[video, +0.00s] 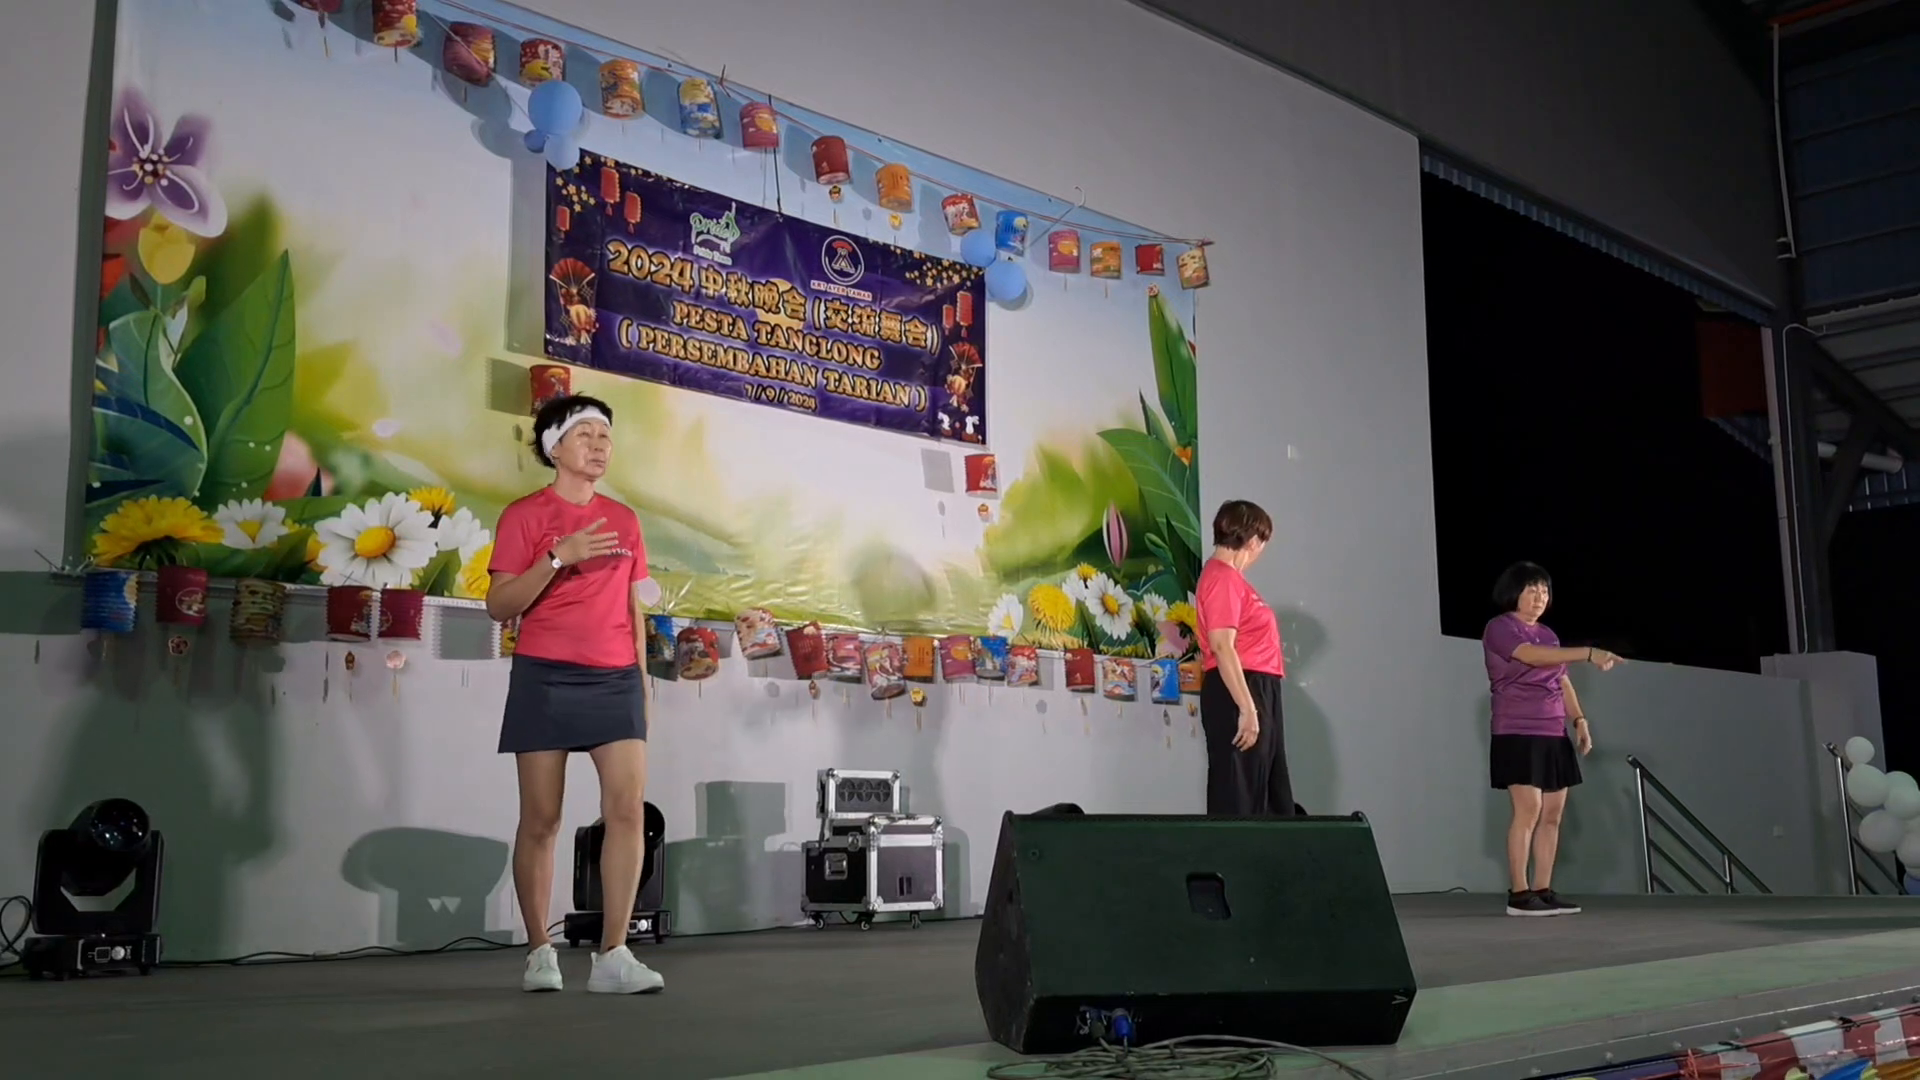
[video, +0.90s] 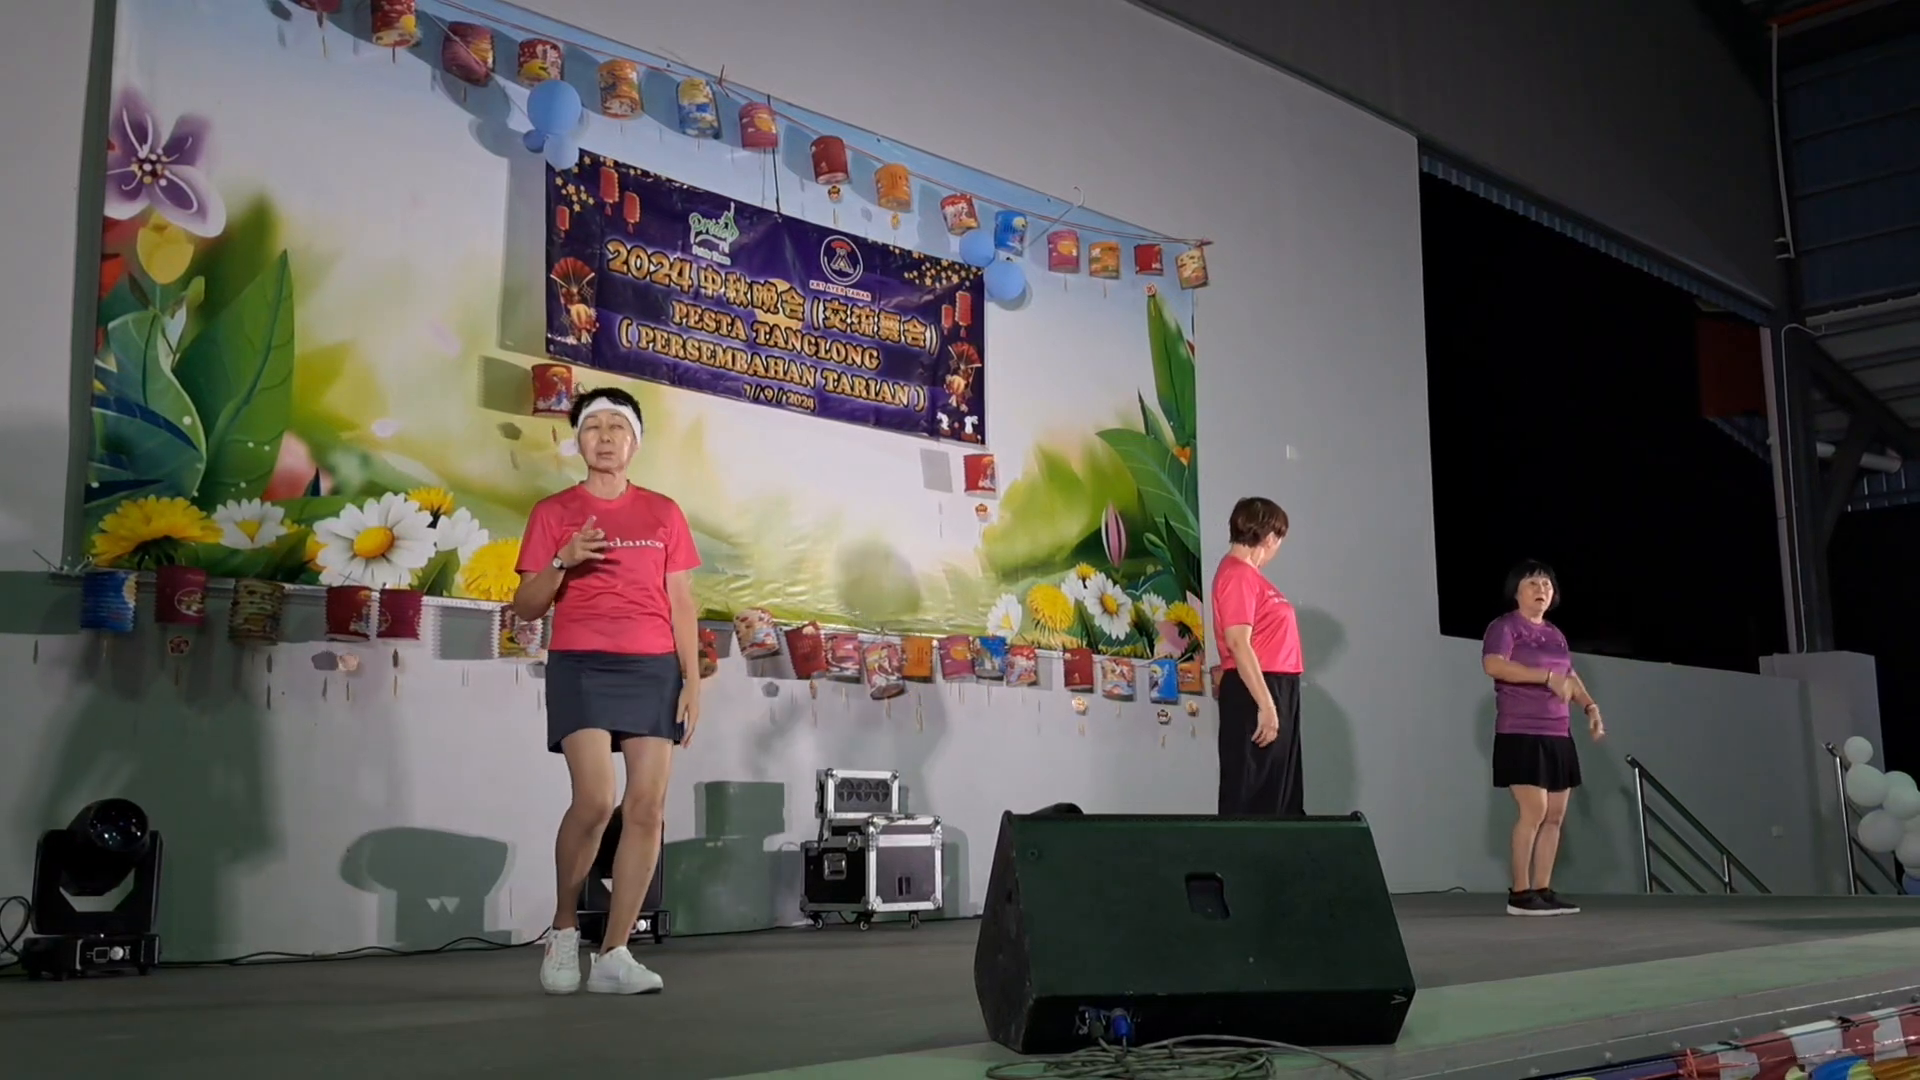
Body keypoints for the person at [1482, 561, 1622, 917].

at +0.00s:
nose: (1539, 599)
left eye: (1544, 593)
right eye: (1532, 591)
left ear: (1549, 599)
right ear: (1513, 593)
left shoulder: (1548, 636)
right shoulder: (1499, 628)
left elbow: (1562, 682)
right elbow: (1530, 655)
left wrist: (1579, 719)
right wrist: (1588, 653)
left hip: (1555, 737)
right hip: (1518, 737)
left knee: (1552, 814)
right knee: (1527, 810)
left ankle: (1542, 891)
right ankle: (1519, 894)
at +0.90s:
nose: (1541, 590)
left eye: (1546, 585)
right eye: (1533, 584)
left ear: (1552, 593)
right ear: (1516, 591)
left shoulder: (1556, 635)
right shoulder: (1505, 627)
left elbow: (1569, 678)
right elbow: (1493, 666)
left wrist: (1589, 706)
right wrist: (1547, 677)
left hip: (1558, 736)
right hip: (1520, 735)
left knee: (1554, 815)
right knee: (1533, 810)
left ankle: (1542, 891)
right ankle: (1520, 893)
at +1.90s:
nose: (1550, 593)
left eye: (1554, 587)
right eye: (1542, 586)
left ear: (1559, 594)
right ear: (1523, 590)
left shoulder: (1558, 635)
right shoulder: (1511, 625)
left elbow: (1579, 675)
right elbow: (1501, 668)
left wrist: (1612, 707)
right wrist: (1544, 695)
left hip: (1555, 735)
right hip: (1521, 735)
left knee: (1562, 813)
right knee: (1548, 809)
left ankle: (1544, 891)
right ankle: (1522, 888)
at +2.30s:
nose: (1557, 589)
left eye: (1560, 584)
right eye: (1548, 584)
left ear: (1564, 591)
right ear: (1530, 590)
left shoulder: (1559, 633)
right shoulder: (1517, 630)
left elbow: (1557, 688)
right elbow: (1510, 686)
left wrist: (1564, 733)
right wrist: (1528, 737)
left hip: (1562, 740)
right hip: (1528, 741)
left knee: (1584, 810)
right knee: (1543, 812)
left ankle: (1551, 886)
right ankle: (1534, 894)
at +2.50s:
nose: (1556, 588)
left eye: (1559, 582)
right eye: (1548, 582)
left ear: (1563, 589)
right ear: (1530, 587)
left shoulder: (1562, 631)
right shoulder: (1518, 626)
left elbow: (1563, 684)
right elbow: (1511, 679)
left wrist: (1571, 730)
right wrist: (1532, 728)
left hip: (1568, 738)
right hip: (1535, 736)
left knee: (1574, 814)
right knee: (1543, 811)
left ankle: (1558, 891)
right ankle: (1535, 893)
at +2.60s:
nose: (1557, 585)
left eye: (1559, 580)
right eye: (1548, 580)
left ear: (1562, 588)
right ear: (1530, 587)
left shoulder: (1563, 631)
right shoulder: (1520, 625)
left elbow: (1574, 685)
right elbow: (1516, 678)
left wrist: (1587, 730)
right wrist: (1533, 724)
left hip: (1573, 737)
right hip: (1539, 735)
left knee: (1573, 813)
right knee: (1545, 810)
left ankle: (1559, 891)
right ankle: (1535, 893)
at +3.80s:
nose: (1506, 595)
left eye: (1512, 589)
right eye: (1498, 589)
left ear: (1520, 595)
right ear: (1485, 595)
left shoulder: (1538, 633)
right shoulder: (1468, 637)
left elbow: (1560, 678)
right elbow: (1440, 681)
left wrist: (1582, 668)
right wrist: (1406, 718)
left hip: (1539, 737)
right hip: (1490, 739)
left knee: (1571, 808)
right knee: (1497, 812)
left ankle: (1596, 887)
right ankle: (1505, 891)